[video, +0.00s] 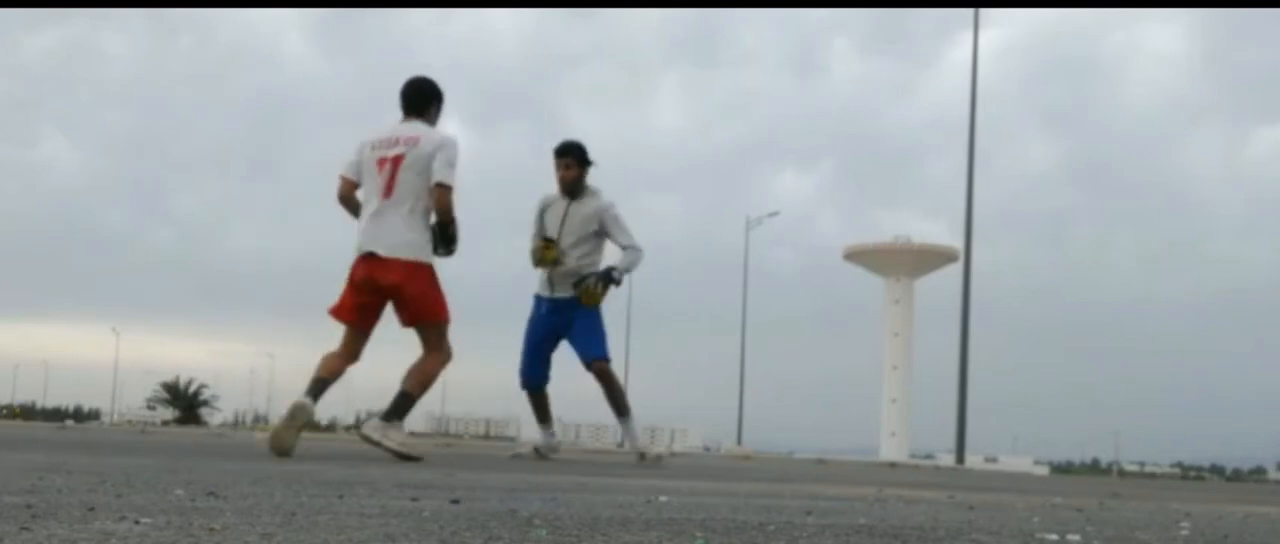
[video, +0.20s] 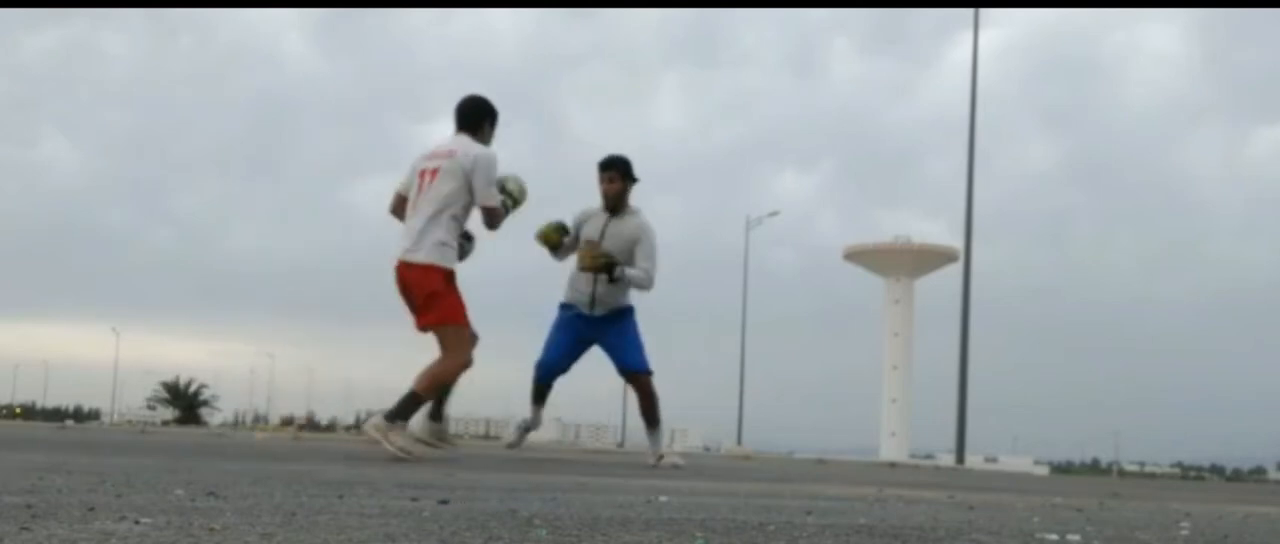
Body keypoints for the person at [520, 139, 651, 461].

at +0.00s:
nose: (563, 173)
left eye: (570, 167)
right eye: (559, 167)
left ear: (584, 170)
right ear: (555, 169)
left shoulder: (600, 208)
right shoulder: (546, 205)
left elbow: (633, 251)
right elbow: (536, 253)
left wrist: (612, 274)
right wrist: (542, 256)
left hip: (582, 304)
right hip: (547, 303)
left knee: (599, 367)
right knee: (531, 378)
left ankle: (630, 436)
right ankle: (548, 439)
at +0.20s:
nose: (608, 187)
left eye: (615, 181)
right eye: (604, 181)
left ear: (629, 185)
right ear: (599, 184)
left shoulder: (639, 228)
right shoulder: (586, 218)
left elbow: (645, 279)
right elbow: (563, 251)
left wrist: (612, 268)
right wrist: (554, 242)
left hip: (616, 318)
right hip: (575, 314)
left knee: (641, 379)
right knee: (544, 369)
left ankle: (656, 450)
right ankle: (534, 419)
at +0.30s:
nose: (640, 201)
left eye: (647, 196)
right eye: (636, 193)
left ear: (652, 201)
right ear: (623, 191)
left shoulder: (643, 241)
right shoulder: (595, 215)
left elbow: (626, 288)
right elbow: (558, 198)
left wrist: (616, 267)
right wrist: (528, 180)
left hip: (609, 307)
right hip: (573, 300)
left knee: (638, 367)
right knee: (573, 358)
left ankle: (659, 449)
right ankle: (521, 423)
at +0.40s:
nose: (652, 230)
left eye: (658, 228)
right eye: (652, 223)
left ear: (657, 229)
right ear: (640, 211)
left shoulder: (634, 246)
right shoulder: (606, 229)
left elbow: (603, 283)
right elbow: (579, 213)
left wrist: (623, 287)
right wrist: (558, 188)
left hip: (594, 300)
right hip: (563, 293)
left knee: (633, 358)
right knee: (563, 365)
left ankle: (650, 444)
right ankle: (514, 436)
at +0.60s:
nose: (662, 208)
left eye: (671, 204)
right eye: (659, 200)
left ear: (677, 210)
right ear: (648, 198)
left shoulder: (652, 236)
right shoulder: (623, 228)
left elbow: (621, 265)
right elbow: (597, 283)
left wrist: (627, 284)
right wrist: (622, 321)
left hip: (596, 297)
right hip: (565, 288)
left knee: (624, 369)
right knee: (548, 367)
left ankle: (623, 447)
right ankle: (498, 433)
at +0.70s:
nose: (676, 192)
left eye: (683, 187)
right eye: (672, 184)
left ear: (690, 192)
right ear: (662, 181)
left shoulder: (667, 218)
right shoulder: (636, 214)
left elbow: (633, 255)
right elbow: (596, 264)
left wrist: (641, 278)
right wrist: (624, 289)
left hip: (614, 295)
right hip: (586, 290)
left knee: (657, 356)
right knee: (560, 365)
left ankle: (634, 431)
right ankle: (505, 426)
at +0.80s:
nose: (690, 177)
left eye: (697, 172)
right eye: (686, 169)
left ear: (706, 177)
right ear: (677, 167)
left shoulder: (691, 210)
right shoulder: (656, 202)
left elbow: (661, 248)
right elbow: (621, 250)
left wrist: (668, 269)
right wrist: (646, 281)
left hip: (642, 292)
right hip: (612, 285)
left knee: (678, 358)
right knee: (574, 356)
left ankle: (659, 442)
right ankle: (516, 420)